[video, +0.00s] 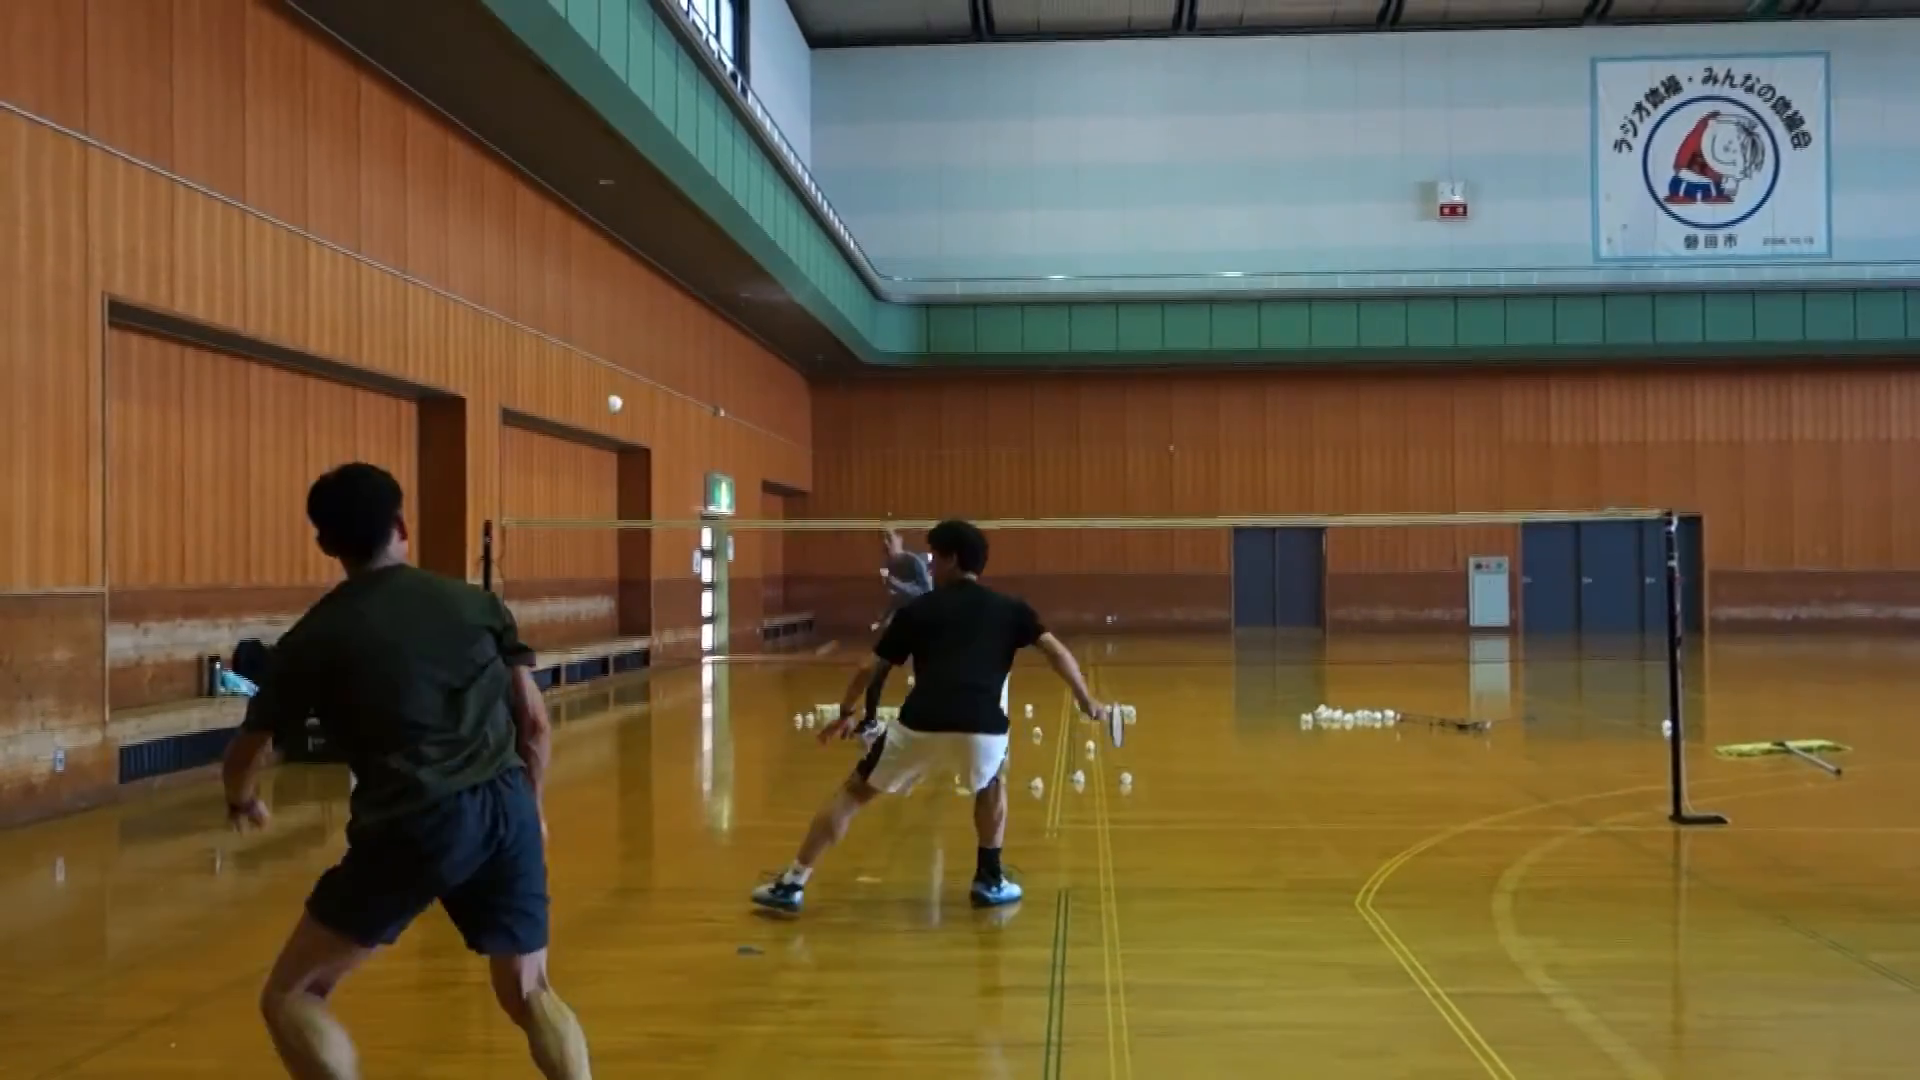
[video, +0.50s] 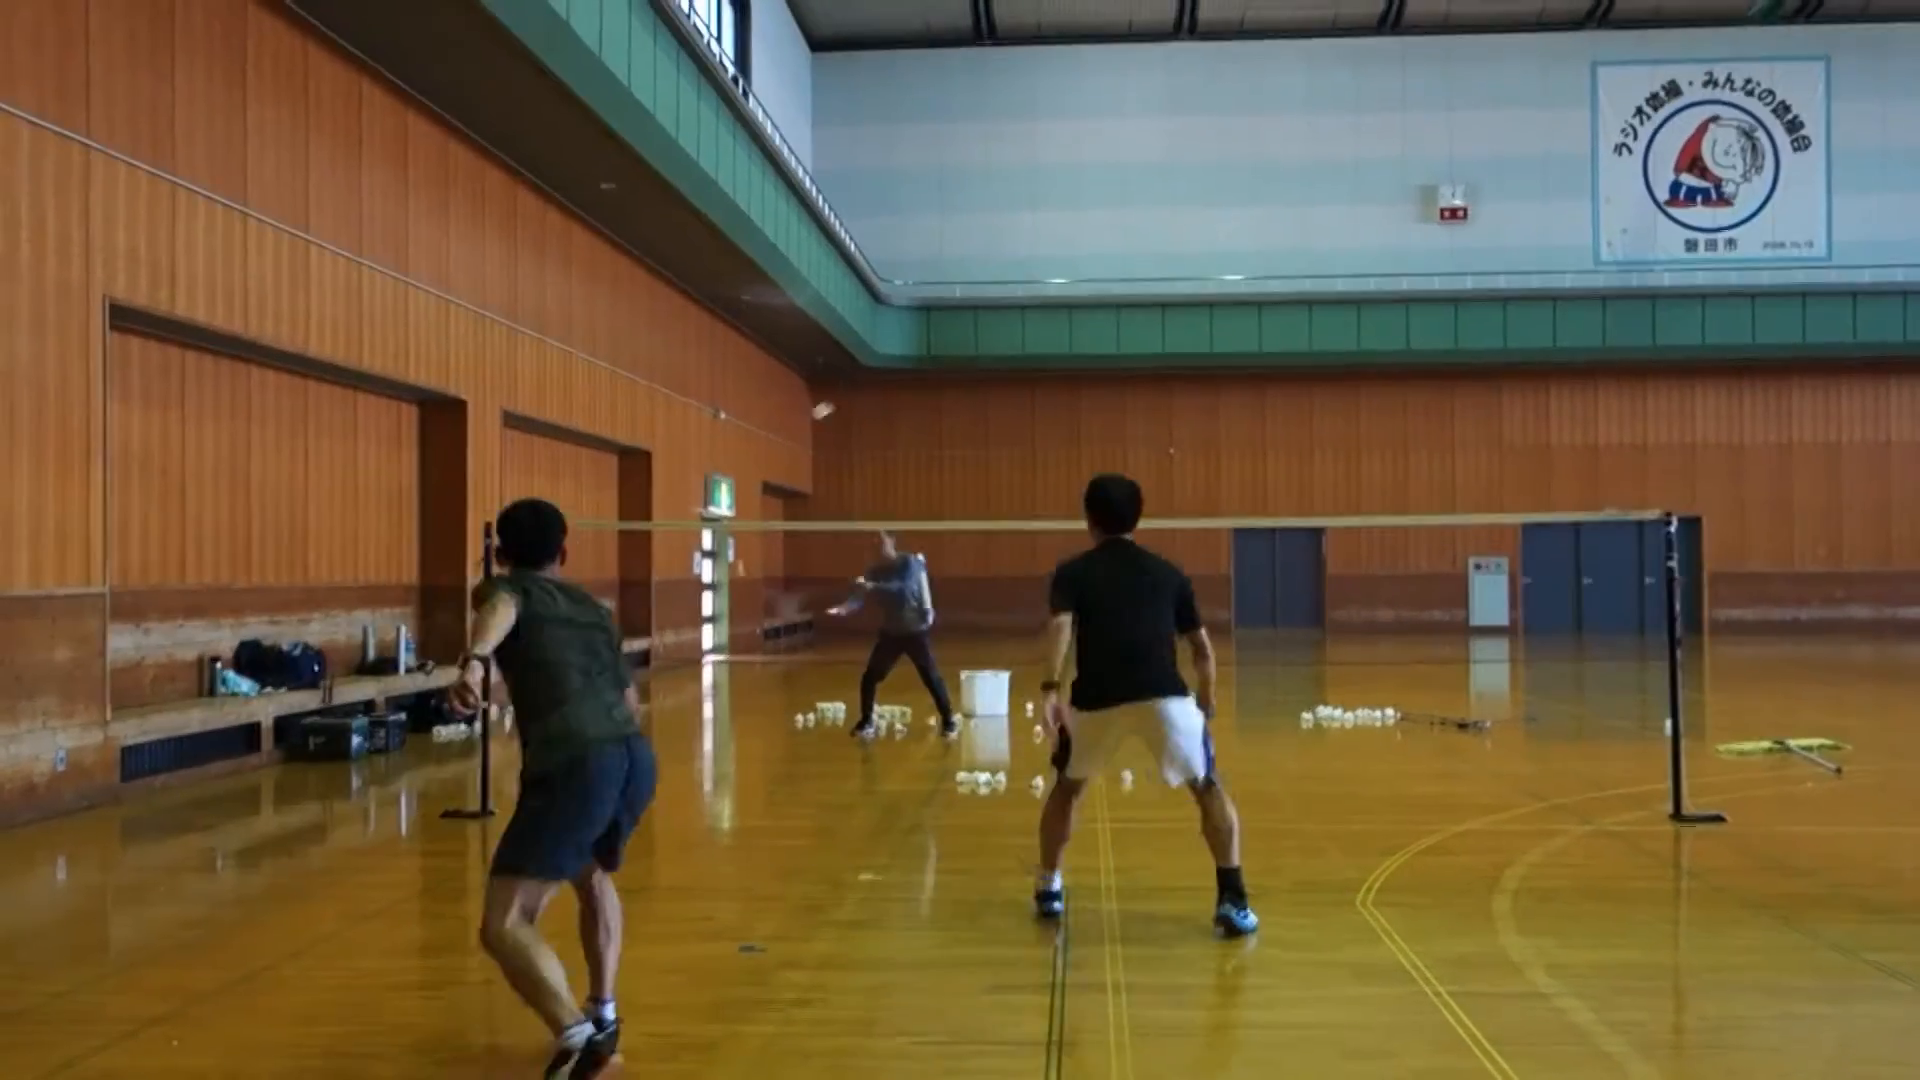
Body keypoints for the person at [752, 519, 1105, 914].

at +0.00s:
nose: (930, 564)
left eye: (934, 557)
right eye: (932, 556)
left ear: (949, 561)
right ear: (978, 563)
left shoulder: (918, 611)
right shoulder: (1008, 609)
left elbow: (871, 672)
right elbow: (1056, 652)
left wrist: (844, 713)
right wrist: (1088, 701)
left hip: (921, 723)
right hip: (984, 727)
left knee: (853, 794)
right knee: (990, 783)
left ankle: (793, 880)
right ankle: (989, 878)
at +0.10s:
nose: (963, 536)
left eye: (964, 530)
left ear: (967, 534)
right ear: (1011, 537)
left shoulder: (947, 584)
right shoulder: (1037, 581)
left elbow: (898, 644)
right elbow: (1076, 629)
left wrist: (890, 684)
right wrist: (1103, 674)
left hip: (958, 696)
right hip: (1020, 694)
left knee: (912, 777)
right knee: (1026, 770)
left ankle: (894, 875)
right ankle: (1017, 865)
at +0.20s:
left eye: (999, 532)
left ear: (996, 536)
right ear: (1042, 537)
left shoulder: (975, 590)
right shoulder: (1064, 587)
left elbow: (932, 654)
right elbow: (1099, 647)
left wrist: (927, 707)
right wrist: (1121, 694)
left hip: (990, 700)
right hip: (1050, 695)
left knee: (981, 783)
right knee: (1086, 775)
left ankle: (983, 882)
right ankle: (1101, 878)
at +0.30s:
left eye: (1033, 537)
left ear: (1029, 543)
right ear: (1076, 543)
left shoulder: (1010, 600)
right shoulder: (1097, 597)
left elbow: (971, 667)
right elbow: (1133, 668)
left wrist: (958, 729)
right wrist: (1139, 711)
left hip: (1023, 731)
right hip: (1081, 728)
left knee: (1014, 791)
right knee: (1155, 798)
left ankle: (987, 882)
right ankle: (1198, 892)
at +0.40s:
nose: (1063, 541)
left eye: (1065, 535)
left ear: (1068, 542)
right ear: (1113, 541)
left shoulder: (1051, 600)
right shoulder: (1144, 595)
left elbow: (1032, 658)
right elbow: (1174, 665)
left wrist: (1025, 713)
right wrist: (1169, 717)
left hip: (1071, 728)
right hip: (1136, 724)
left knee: (1043, 800)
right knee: (1200, 804)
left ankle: (1006, 875)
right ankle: (1229, 908)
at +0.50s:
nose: (1087, 521)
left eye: (1088, 514)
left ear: (1089, 519)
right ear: (1137, 519)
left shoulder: (1072, 572)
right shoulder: (1167, 572)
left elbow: (1060, 626)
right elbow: (1203, 651)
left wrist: (1049, 689)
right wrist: (1205, 711)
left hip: (1096, 696)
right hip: (1164, 693)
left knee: (1067, 786)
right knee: (1209, 790)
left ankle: (1048, 888)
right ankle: (1233, 900)